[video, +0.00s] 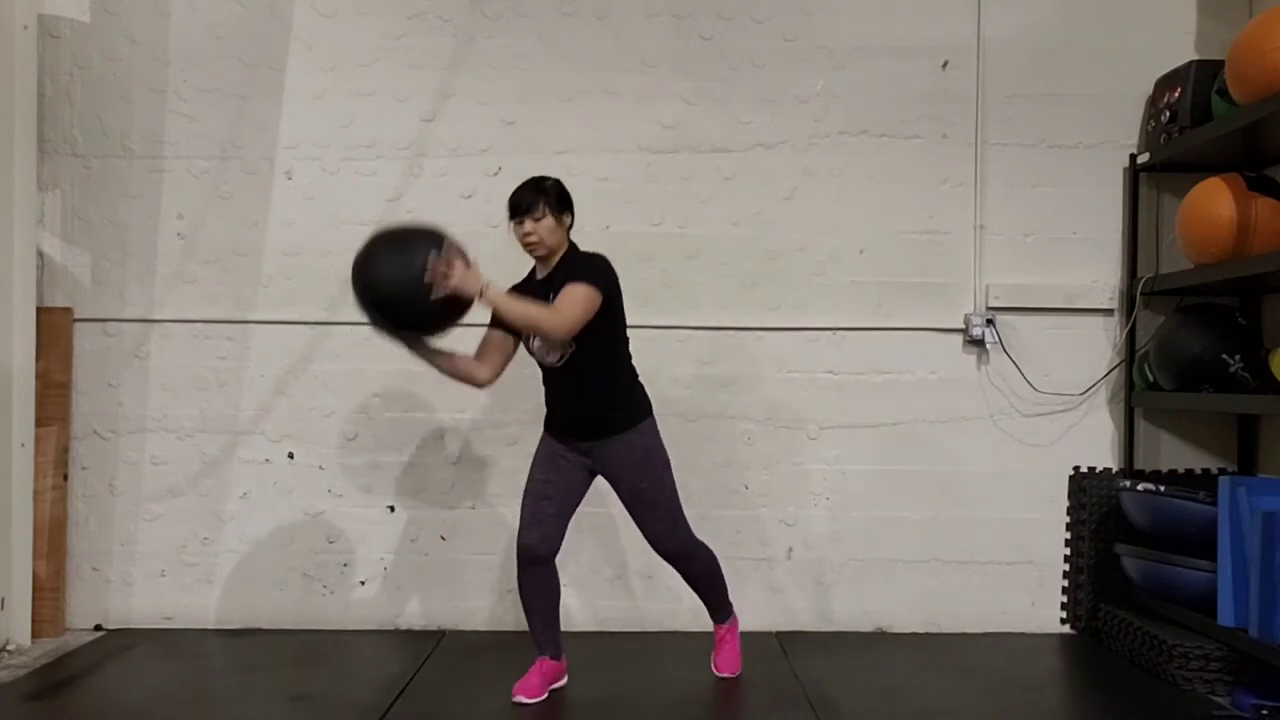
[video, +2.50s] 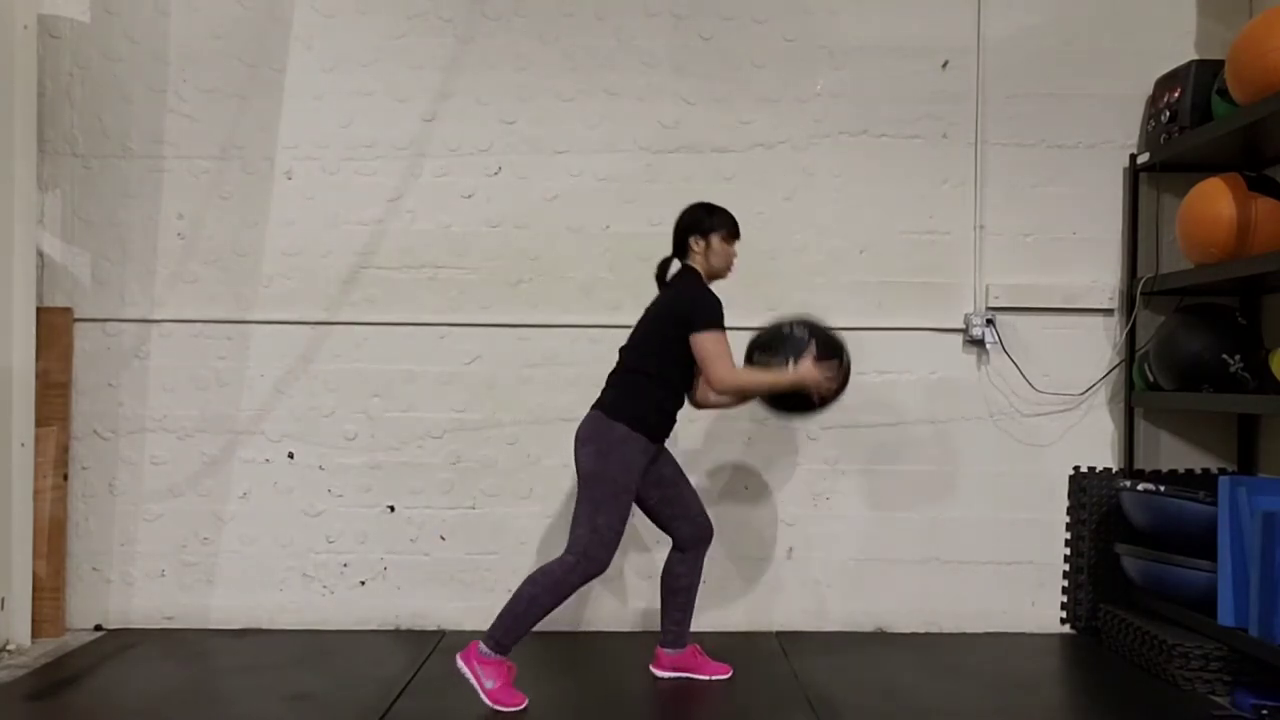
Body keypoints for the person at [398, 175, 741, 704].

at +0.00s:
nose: (528, 232)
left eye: (538, 219)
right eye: (519, 223)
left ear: (565, 219)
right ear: (514, 231)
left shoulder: (593, 271)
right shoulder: (519, 294)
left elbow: (558, 325)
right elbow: (482, 371)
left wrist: (482, 290)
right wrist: (417, 341)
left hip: (625, 435)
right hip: (564, 439)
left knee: (673, 542)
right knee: (534, 547)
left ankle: (725, 623)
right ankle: (549, 659)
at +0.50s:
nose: (626, 210)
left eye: (629, 201)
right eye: (615, 200)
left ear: (631, 209)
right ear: (586, 204)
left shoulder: (630, 250)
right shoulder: (571, 257)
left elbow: (660, 184)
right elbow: (579, 201)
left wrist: (617, 124)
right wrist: (566, 114)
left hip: (637, 425)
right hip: (588, 427)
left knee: (667, 537)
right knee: (582, 547)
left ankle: (671, 647)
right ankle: (525, 652)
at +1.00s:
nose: (689, 278)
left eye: (690, 268)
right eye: (689, 268)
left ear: (644, 262)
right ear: (674, 264)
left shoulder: (619, 306)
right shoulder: (667, 314)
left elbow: (681, 337)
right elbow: (738, 352)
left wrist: (712, 316)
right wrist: (780, 302)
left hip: (589, 465)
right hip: (601, 471)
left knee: (680, 532)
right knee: (607, 602)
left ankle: (671, 649)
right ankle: (492, 660)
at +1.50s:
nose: (725, 298)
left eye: (726, 288)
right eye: (724, 287)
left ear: (681, 283)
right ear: (708, 285)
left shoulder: (656, 331)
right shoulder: (709, 346)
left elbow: (668, 424)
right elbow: (737, 438)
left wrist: (709, 482)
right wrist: (777, 500)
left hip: (585, 451)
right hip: (603, 461)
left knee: (672, 532)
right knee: (599, 595)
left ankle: (672, 649)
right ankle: (486, 661)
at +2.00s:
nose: (749, 306)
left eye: (748, 297)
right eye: (746, 296)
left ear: (709, 296)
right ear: (726, 296)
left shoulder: (688, 345)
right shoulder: (724, 353)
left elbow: (698, 449)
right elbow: (751, 445)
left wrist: (745, 500)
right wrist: (796, 502)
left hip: (622, 469)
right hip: (608, 465)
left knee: (691, 534)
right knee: (606, 597)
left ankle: (674, 651)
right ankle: (486, 657)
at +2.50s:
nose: (734, 254)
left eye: (735, 244)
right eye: (728, 243)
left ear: (700, 247)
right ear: (697, 244)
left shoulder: (683, 301)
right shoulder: (695, 297)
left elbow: (704, 396)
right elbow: (728, 378)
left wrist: (770, 384)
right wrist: (799, 375)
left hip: (641, 446)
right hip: (613, 439)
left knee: (693, 533)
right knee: (588, 556)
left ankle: (674, 651)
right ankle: (487, 652)